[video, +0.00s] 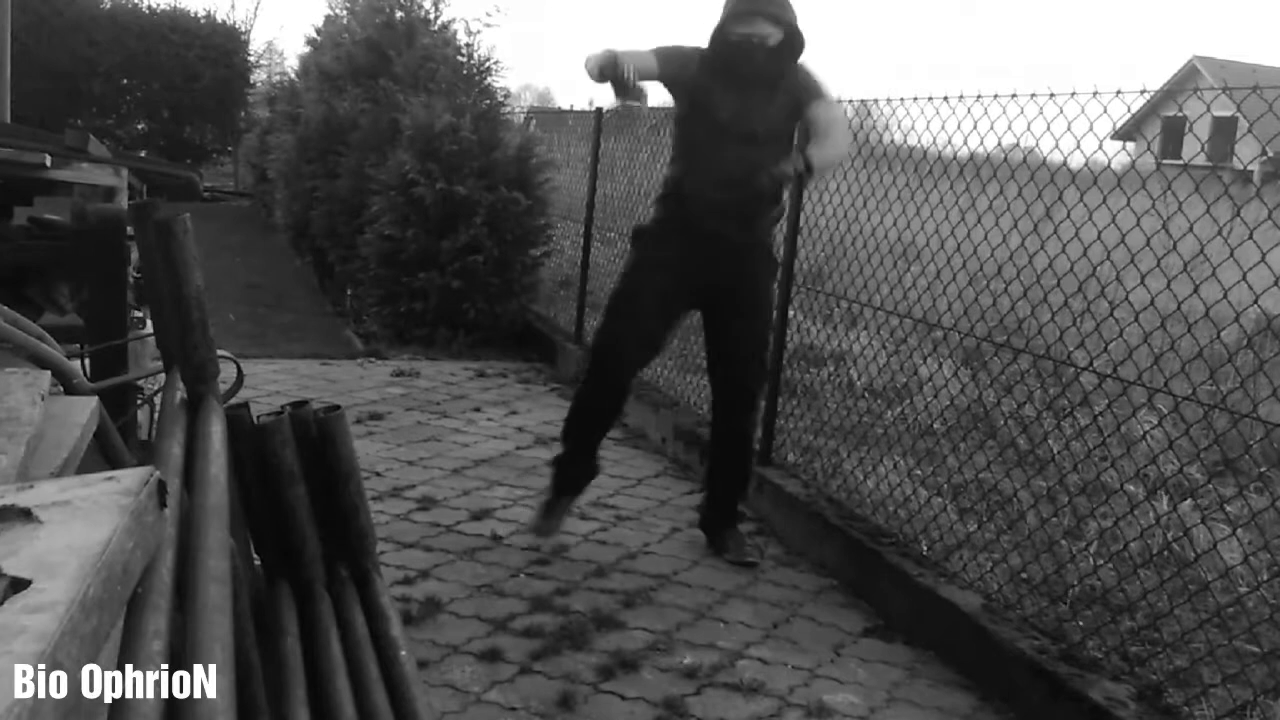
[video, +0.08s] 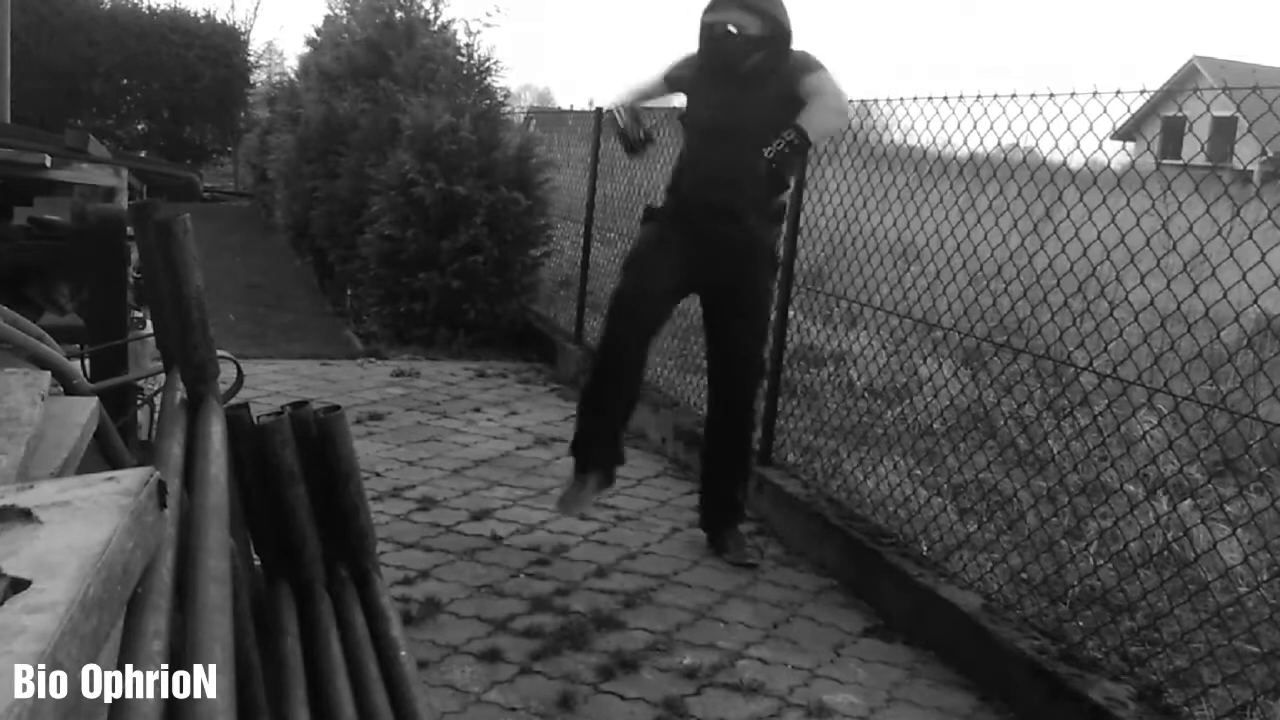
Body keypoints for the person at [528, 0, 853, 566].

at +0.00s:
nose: (754, 53)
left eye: (767, 43)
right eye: (743, 40)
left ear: (786, 42)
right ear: (724, 35)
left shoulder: (800, 85)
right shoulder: (693, 65)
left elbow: (839, 140)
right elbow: (602, 61)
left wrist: (795, 165)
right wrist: (615, 71)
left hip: (744, 258)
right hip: (672, 244)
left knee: (738, 393)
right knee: (611, 359)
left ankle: (722, 521)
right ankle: (565, 486)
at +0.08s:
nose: (724, 44)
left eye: (739, 35)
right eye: (716, 32)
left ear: (766, 36)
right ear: (707, 28)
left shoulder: (797, 70)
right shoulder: (698, 66)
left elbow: (834, 107)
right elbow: (631, 99)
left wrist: (796, 139)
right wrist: (628, 120)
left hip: (747, 247)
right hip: (677, 230)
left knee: (736, 385)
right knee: (628, 314)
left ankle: (723, 521)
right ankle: (593, 463)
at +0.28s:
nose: (709, 28)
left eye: (721, 19)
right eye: (704, 19)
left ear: (752, 23)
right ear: (702, 23)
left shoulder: (776, 77)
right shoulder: (718, 82)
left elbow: (788, 115)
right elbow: (707, 147)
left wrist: (794, 147)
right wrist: (678, 170)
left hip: (738, 240)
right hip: (679, 223)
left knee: (732, 386)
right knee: (657, 295)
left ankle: (722, 521)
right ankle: (640, 399)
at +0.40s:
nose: (715, 50)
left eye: (727, 40)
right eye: (707, 39)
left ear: (755, 40)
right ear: (700, 36)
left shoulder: (788, 79)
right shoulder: (700, 83)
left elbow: (821, 113)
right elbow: (640, 121)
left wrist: (780, 138)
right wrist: (643, 143)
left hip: (744, 247)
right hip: (679, 228)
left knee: (732, 387)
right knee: (638, 301)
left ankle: (722, 521)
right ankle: (599, 439)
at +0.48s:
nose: (721, 44)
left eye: (735, 36)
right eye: (713, 32)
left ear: (761, 38)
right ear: (704, 28)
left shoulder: (791, 80)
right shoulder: (688, 67)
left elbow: (840, 129)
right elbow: (604, 74)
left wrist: (805, 99)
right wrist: (590, 106)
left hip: (744, 251)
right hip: (673, 236)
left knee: (736, 385)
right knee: (612, 344)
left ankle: (724, 521)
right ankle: (555, 479)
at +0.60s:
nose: (726, 42)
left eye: (741, 33)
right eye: (718, 29)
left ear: (764, 37)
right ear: (705, 26)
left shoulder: (778, 101)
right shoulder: (678, 74)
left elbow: (811, 172)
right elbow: (597, 88)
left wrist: (810, 100)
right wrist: (531, 105)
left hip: (744, 260)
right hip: (674, 248)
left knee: (736, 392)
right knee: (606, 374)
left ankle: (724, 522)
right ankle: (535, 499)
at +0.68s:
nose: (717, 55)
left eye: (731, 47)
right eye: (709, 42)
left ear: (751, 52)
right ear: (695, 40)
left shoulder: (755, 119)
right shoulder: (665, 81)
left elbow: (780, 190)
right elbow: (597, 85)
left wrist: (804, 132)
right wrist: (523, 95)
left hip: (737, 274)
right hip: (668, 265)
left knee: (738, 399)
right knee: (620, 390)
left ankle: (725, 524)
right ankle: (547, 507)